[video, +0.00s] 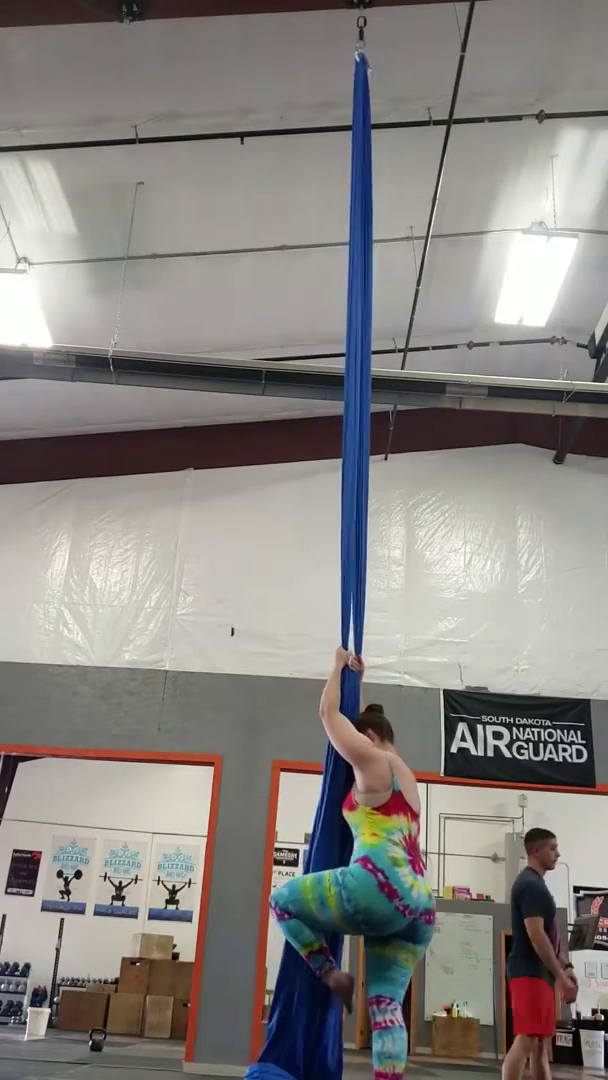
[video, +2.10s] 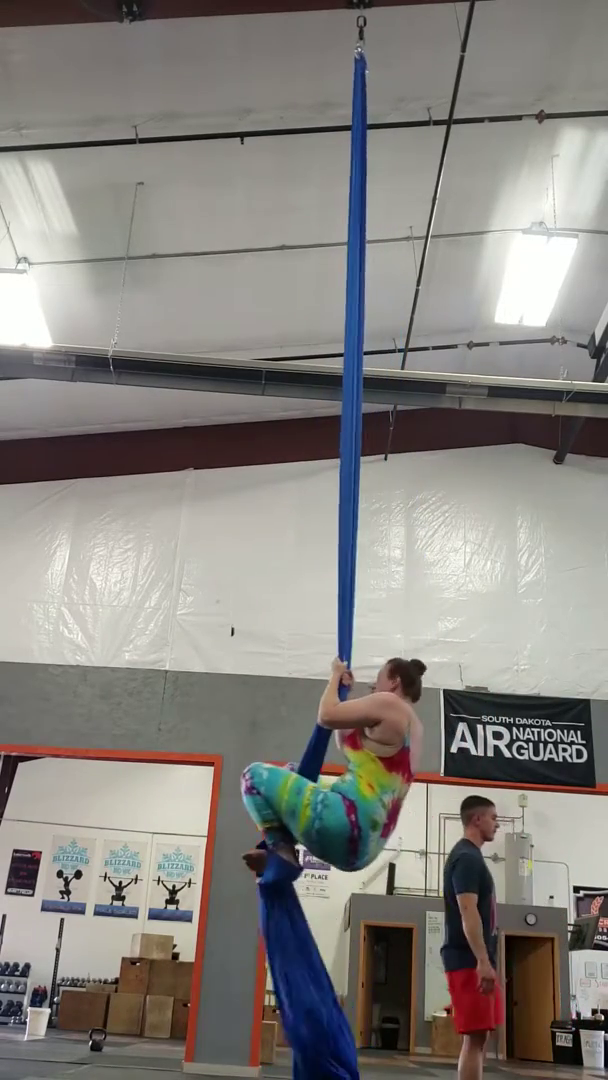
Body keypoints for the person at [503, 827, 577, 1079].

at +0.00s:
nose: (557, 854)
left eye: (556, 848)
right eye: (552, 848)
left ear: (537, 851)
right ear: (535, 850)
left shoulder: (536, 883)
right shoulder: (530, 884)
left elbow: (548, 933)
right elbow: (536, 935)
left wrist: (564, 967)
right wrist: (559, 975)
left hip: (539, 972)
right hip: (528, 972)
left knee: (540, 1040)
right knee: (525, 1040)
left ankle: (542, 1076)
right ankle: (508, 1076)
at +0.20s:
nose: (545, 847)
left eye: (545, 842)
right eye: (540, 842)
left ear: (528, 845)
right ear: (523, 844)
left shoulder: (535, 882)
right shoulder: (508, 878)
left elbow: (538, 927)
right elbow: (503, 927)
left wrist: (552, 957)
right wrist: (527, 967)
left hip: (537, 970)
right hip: (511, 971)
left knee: (547, 1037)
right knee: (511, 1040)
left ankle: (548, 1077)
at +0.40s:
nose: (537, 842)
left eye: (537, 837)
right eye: (531, 837)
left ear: (532, 841)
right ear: (513, 840)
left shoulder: (537, 880)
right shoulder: (495, 875)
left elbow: (542, 923)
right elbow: (481, 921)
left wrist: (543, 945)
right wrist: (481, 968)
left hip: (534, 971)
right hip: (504, 971)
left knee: (554, 1036)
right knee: (504, 1041)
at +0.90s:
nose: (548, 841)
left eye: (549, 836)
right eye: (542, 835)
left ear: (544, 840)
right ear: (524, 837)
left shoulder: (551, 882)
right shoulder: (498, 875)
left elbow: (562, 932)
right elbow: (483, 921)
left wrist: (573, 979)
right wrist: (486, 971)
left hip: (545, 975)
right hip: (508, 975)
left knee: (553, 1040)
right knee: (505, 1047)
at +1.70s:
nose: (529, 830)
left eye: (528, 824)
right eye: (524, 824)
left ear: (511, 827)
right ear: (506, 825)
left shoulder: (518, 868)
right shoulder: (484, 862)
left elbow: (527, 921)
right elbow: (474, 915)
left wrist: (549, 966)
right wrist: (483, 964)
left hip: (521, 971)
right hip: (493, 969)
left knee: (535, 1043)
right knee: (491, 1041)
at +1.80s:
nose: (521, 828)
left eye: (520, 822)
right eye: (516, 821)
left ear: (499, 824)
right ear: (498, 823)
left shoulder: (504, 864)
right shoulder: (480, 860)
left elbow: (509, 918)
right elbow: (469, 913)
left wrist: (517, 964)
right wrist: (474, 963)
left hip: (509, 968)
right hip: (487, 967)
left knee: (522, 1040)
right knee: (487, 1040)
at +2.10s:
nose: (497, 825)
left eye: (496, 819)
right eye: (493, 819)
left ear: (475, 821)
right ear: (476, 820)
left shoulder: (467, 854)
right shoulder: (466, 857)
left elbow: (471, 912)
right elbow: (468, 912)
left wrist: (486, 961)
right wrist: (483, 961)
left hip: (471, 961)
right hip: (468, 961)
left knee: (478, 1038)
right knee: (474, 1039)